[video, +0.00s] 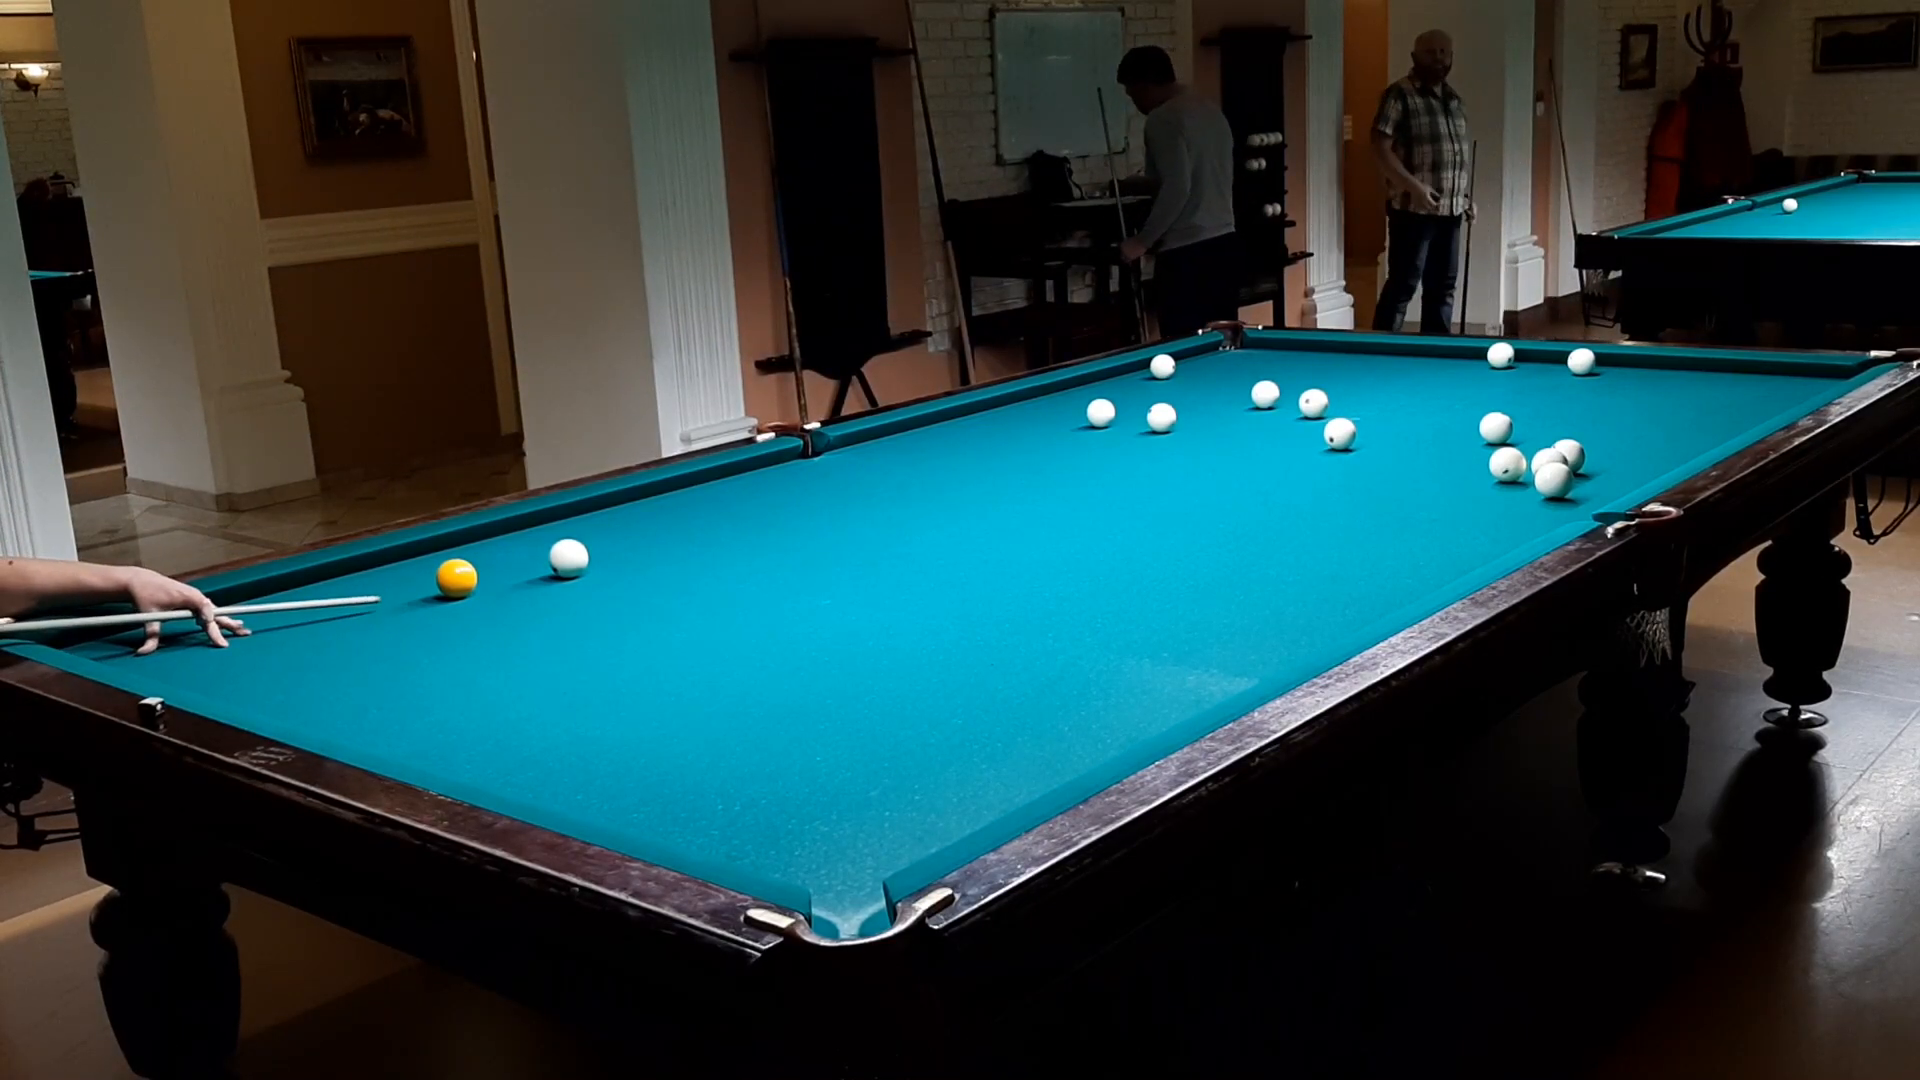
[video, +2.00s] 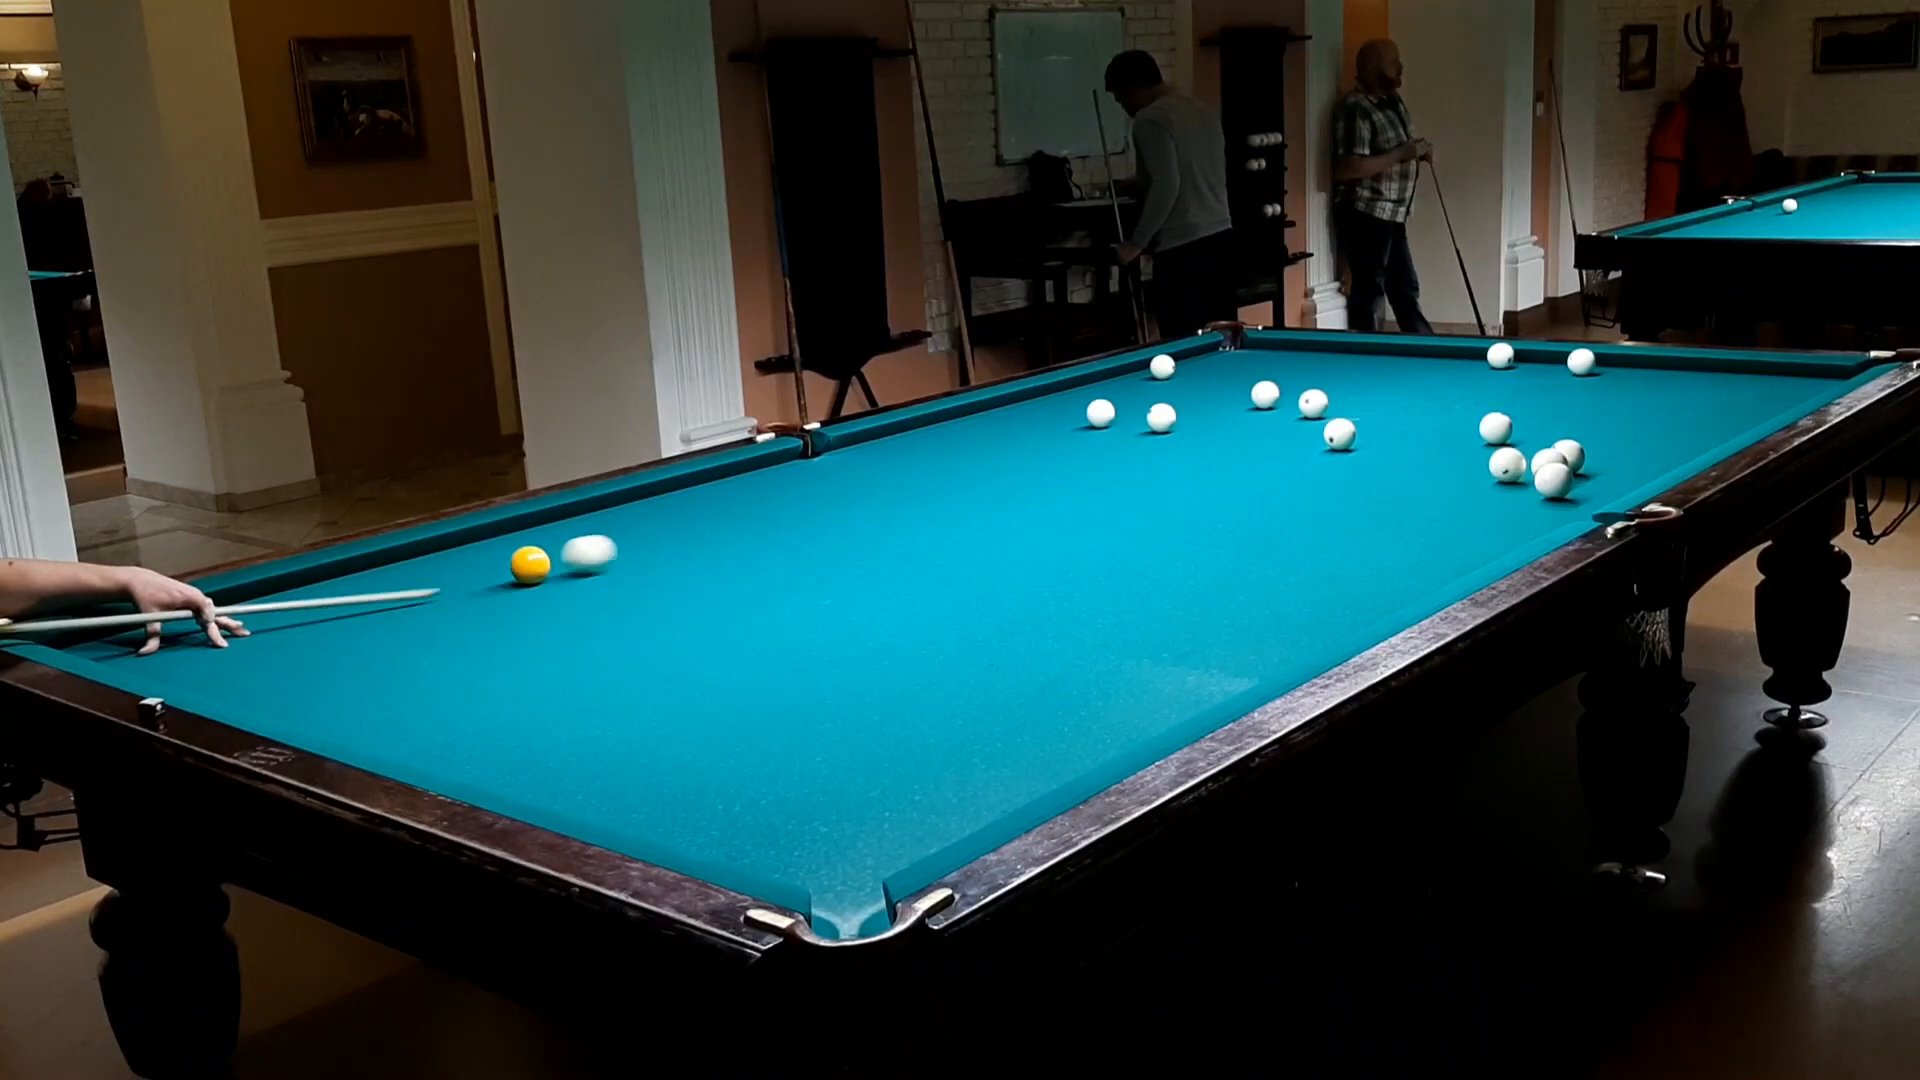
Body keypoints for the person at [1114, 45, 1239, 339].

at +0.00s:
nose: (1130, 99)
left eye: (1130, 90)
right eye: (1128, 91)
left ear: (1144, 84)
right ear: (1168, 75)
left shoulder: (1164, 120)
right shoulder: (1210, 111)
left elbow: (1176, 188)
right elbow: (1217, 178)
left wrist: (1142, 241)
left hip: (1185, 254)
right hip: (1224, 246)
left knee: (1183, 350)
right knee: (1222, 342)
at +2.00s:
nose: (1121, 106)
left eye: (1119, 97)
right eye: (1117, 99)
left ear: (1130, 88)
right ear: (1155, 78)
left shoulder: (1150, 121)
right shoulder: (1201, 110)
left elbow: (1165, 183)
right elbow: (1206, 172)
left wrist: (1136, 243)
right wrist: (1142, 184)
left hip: (1180, 251)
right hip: (1222, 241)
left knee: (1181, 345)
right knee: (1221, 337)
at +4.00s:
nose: (1110, 114)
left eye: (1107, 106)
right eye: (1105, 108)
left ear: (1116, 97)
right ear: (1141, 83)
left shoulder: (1139, 122)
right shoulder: (1187, 109)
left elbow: (1160, 180)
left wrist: (1134, 243)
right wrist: (1137, 189)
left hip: (1181, 250)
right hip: (1220, 238)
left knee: (1181, 344)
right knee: (1221, 334)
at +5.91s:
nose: (1113, 109)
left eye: (1110, 100)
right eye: (1109, 102)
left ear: (1121, 93)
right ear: (1147, 82)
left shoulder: (1141, 121)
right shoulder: (1191, 110)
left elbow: (1160, 181)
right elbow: (1215, 175)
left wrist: (1133, 243)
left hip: (1179, 250)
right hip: (1220, 240)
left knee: (1180, 344)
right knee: (1220, 336)